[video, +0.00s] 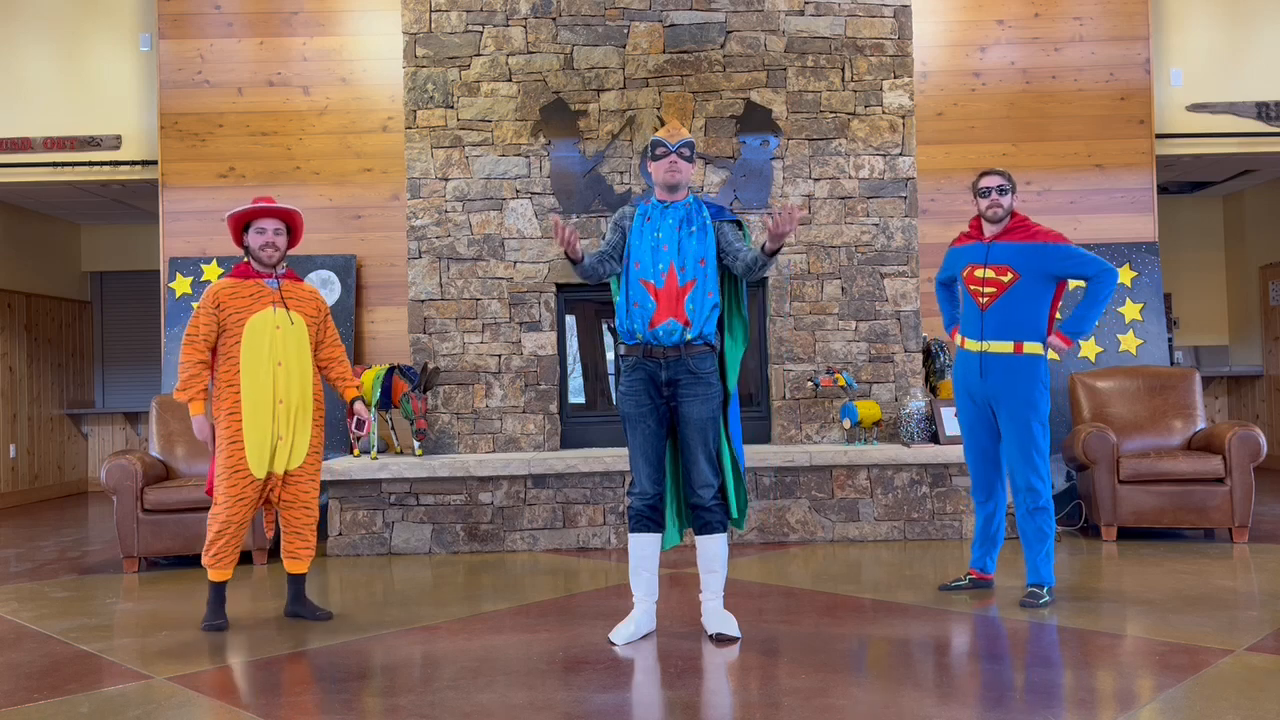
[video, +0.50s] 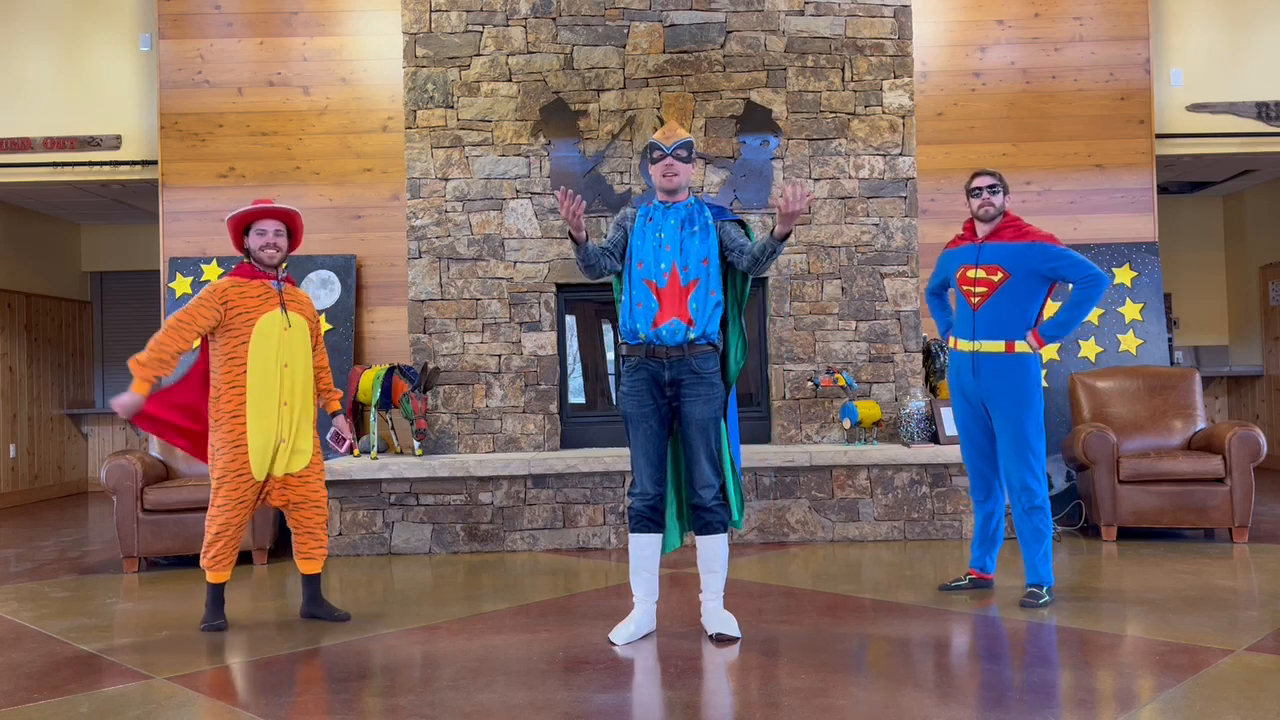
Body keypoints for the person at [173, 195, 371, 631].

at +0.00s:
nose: (269, 239)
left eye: (277, 233)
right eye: (260, 232)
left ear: (288, 242)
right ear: (245, 240)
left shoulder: (309, 297)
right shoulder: (223, 293)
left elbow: (331, 352)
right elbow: (196, 351)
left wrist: (353, 397)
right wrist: (197, 408)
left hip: (301, 420)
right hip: (242, 421)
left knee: (302, 504)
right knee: (232, 505)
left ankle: (297, 597)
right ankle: (216, 602)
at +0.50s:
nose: (270, 241)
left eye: (278, 235)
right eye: (261, 234)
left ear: (288, 245)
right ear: (246, 242)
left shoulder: (300, 300)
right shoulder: (225, 292)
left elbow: (318, 360)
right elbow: (176, 332)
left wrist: (334, 409)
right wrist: (139, 387)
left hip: (295, 422)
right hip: (238, 422)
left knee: (312, 501)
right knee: (229, 507)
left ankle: (313, 598)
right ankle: (214, 605)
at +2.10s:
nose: (257, 239)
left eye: (265, 233)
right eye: (247, 233)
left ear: (277, 243)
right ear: (233, 242)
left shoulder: (290, 298)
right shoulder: (211, 285)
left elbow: (310, 362)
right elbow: (171, 248)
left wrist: (333, 407)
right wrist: (185, 192)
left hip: (287, 421)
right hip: (230, 422)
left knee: (307, 504)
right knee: (223, 509)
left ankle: (312, 598)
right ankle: (214, 605)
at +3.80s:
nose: (259, 242)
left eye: (266, 235)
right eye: (249, 235)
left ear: (277, 244)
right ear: (234, 244)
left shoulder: (297, 300)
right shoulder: (206, 290)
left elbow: (334, 351)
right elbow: (147, 272)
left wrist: (366, 397)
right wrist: (180, 220)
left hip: (292, 424)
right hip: (231, 425)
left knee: (309, 505)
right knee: (223, 511)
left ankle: (313, 599)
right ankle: (214, 606)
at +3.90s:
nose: (256, 241)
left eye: (264, 234)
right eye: (246, 234)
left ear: (274, 243)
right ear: (231, 243)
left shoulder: (295, 299)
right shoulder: (205, 291)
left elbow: (328, 343)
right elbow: (146, 279)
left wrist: (364, 378)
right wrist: (167, 224)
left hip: (289, 424)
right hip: (227, 425)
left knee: (305, 506)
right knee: (221, 512)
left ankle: (313, 599)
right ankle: (214, 606)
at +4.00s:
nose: (252, 242)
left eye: (261, 235)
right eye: (243, 235)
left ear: (271, 244)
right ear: (228, 244)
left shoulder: (291, 299)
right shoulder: (203, 291)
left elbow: (322, 342)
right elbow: (147, 290)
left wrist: (354, 369)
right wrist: (154, 238)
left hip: (284, 421)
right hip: (224, 423)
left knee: (303, 502)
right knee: (220, 508)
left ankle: (312, 598)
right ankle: (214, 606)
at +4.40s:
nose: (256, 240)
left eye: (264, 233)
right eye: (247, 234)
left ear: (275, 242)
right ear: (233, 244)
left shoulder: (302, 297)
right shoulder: (214, 299)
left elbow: (321, 355)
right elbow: (187, 349)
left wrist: (335, 411)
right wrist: (171, 398)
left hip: (293, 423)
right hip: (232, 424)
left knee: (309, 503)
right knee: (224, 507)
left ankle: (320, 599)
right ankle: (213, 603)